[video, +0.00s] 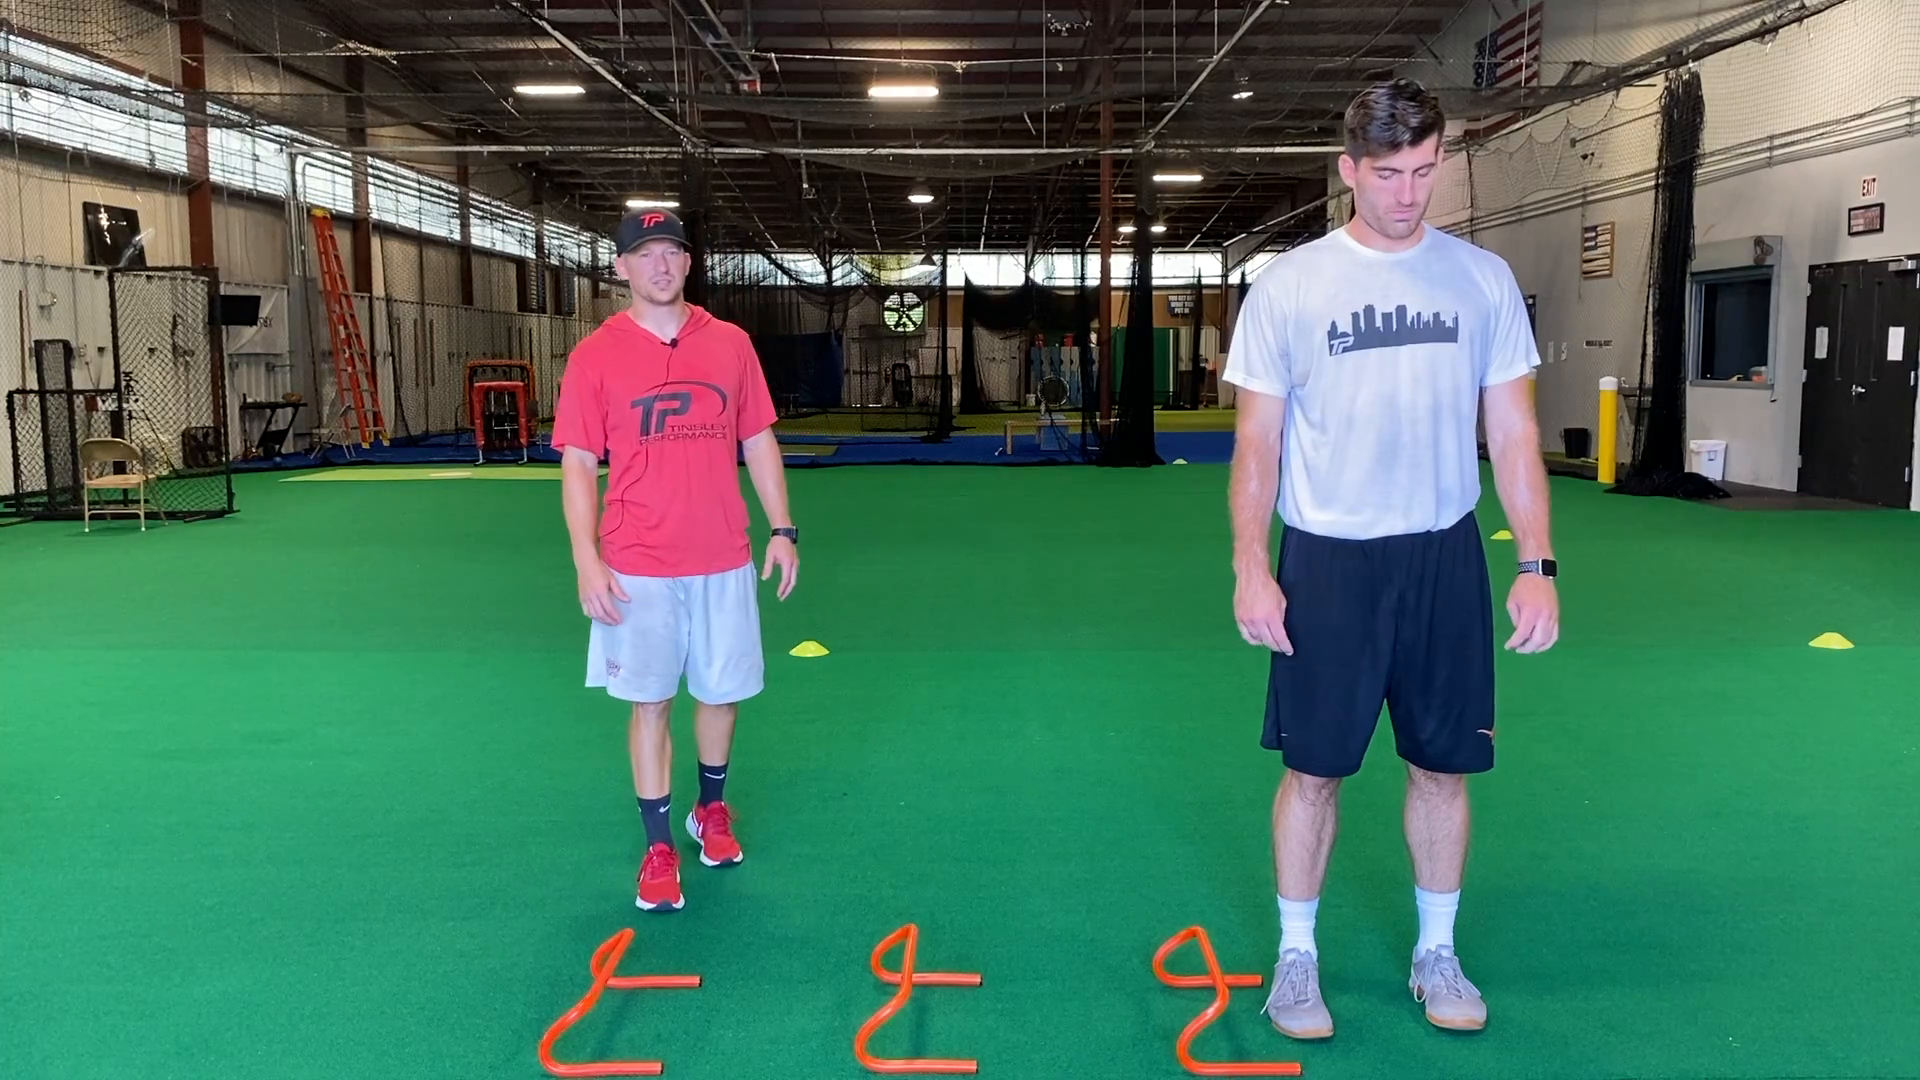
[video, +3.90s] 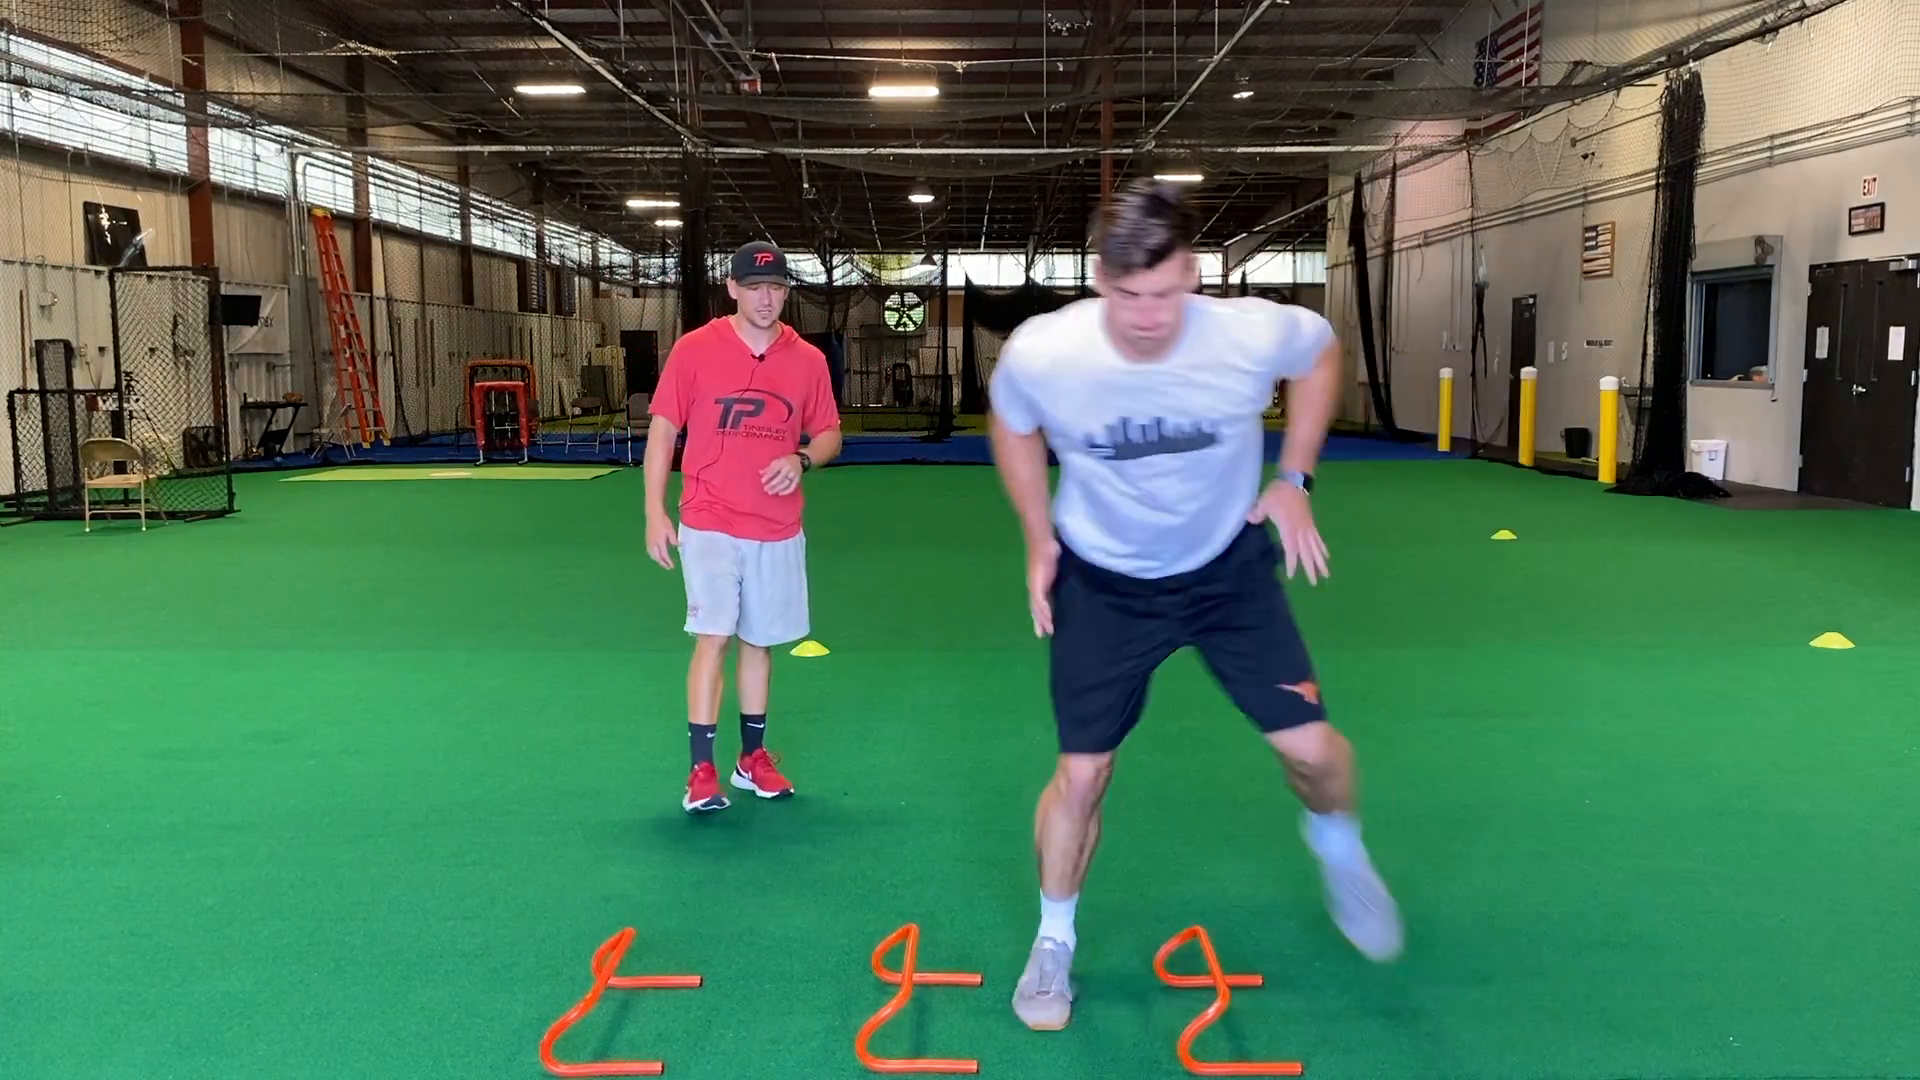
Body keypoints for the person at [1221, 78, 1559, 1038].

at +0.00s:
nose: (1410, 191)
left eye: (1424, 169)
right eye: (1391, 173)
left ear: (1442, 163)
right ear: (1349, 169)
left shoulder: (1484, 279)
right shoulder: (1287, 285)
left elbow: (1514, 435)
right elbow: (1256, 445)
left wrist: (1537, 562)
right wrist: (1252, 570)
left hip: (1444, 559)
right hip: (1328, 562)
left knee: (1443, 761)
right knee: (1314, 768)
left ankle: (1437, 956)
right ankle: (1296, 959)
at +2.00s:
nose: (1397, 233)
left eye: (1415, 214)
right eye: (1379, 213)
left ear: (1439, 194)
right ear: (1341, 187)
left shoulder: (1480, 278)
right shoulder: (1277, 291)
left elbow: (1511, 437)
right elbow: (1250, 457)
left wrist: (1528, 569)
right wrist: (1245, 583)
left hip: (1436, 560)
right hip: (1317, 563)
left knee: (1436, 763)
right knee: (1306, 769)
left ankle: (1428, 958)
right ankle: (1293, 960)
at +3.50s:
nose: (1396, 367)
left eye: (1414, 347)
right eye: (1377, 347)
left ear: (1436, 322)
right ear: (1338, 318)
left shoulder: (1476, 381)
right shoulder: (1257, 374)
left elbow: (1517, 467)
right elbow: (1192, 449)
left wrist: (1499, 598)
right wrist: (1214, 586)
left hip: (1394, 581)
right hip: (1275, 580)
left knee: (1418, 769)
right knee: (1288, 763)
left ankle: (1424, 958)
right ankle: (1300, 952)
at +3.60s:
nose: (1367, 377)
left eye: (1386, 357)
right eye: (1349, 357)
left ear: (1410, 334)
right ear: (1309, 329)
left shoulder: (1451, 409)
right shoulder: (1229, 380)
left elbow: (1487, 514)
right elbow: (1177, 440)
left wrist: (1461, 647)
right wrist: (1180, 571)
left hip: (1369, 578)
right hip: (1248, 573)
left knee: (1410, 772)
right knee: (1259, 756)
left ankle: (1421, 957)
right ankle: (1275, 871)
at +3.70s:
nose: (1316, 376)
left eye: (1336, 356)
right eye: (1298, 355)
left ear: (1363, 335)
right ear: (1262, 331)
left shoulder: (1408, 421)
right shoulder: (1197, 388)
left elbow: (1440, 527)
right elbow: (1138, 424)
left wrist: (1387, 628)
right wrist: (1126, 539)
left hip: (1341, 590)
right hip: (1216, 579)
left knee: (1400, 789)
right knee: (1199, 739)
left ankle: (1422, 961)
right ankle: (1190, 814)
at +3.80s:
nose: (1237, 342)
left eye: (1254, 322)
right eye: (1220, 322)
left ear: (1280, 298)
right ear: (1181, 302)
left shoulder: (1334, 371)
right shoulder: (1121, 364)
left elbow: (1390, 441)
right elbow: (1078, 403)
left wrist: (1331, 516)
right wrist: (1082, 521)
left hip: (1293, 582)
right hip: (1163, 572)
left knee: (1360, 764)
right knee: (1116, 735)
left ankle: (1423, 947)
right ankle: (1091, 877)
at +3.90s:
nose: (1149, 313)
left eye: (1165, 293)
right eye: (1130, 295)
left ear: (1193, 275)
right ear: (1099, 279)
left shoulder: (1250, 333)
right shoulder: (1039, 354)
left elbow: (1320, 349)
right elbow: (1010, 423)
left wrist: (1293, 478)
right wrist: (1038, 539)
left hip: (1230, 569)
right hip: (1103, 581)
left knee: (1315, 750)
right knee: (1081, 773)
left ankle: (1343, 857)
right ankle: (1053, 942)